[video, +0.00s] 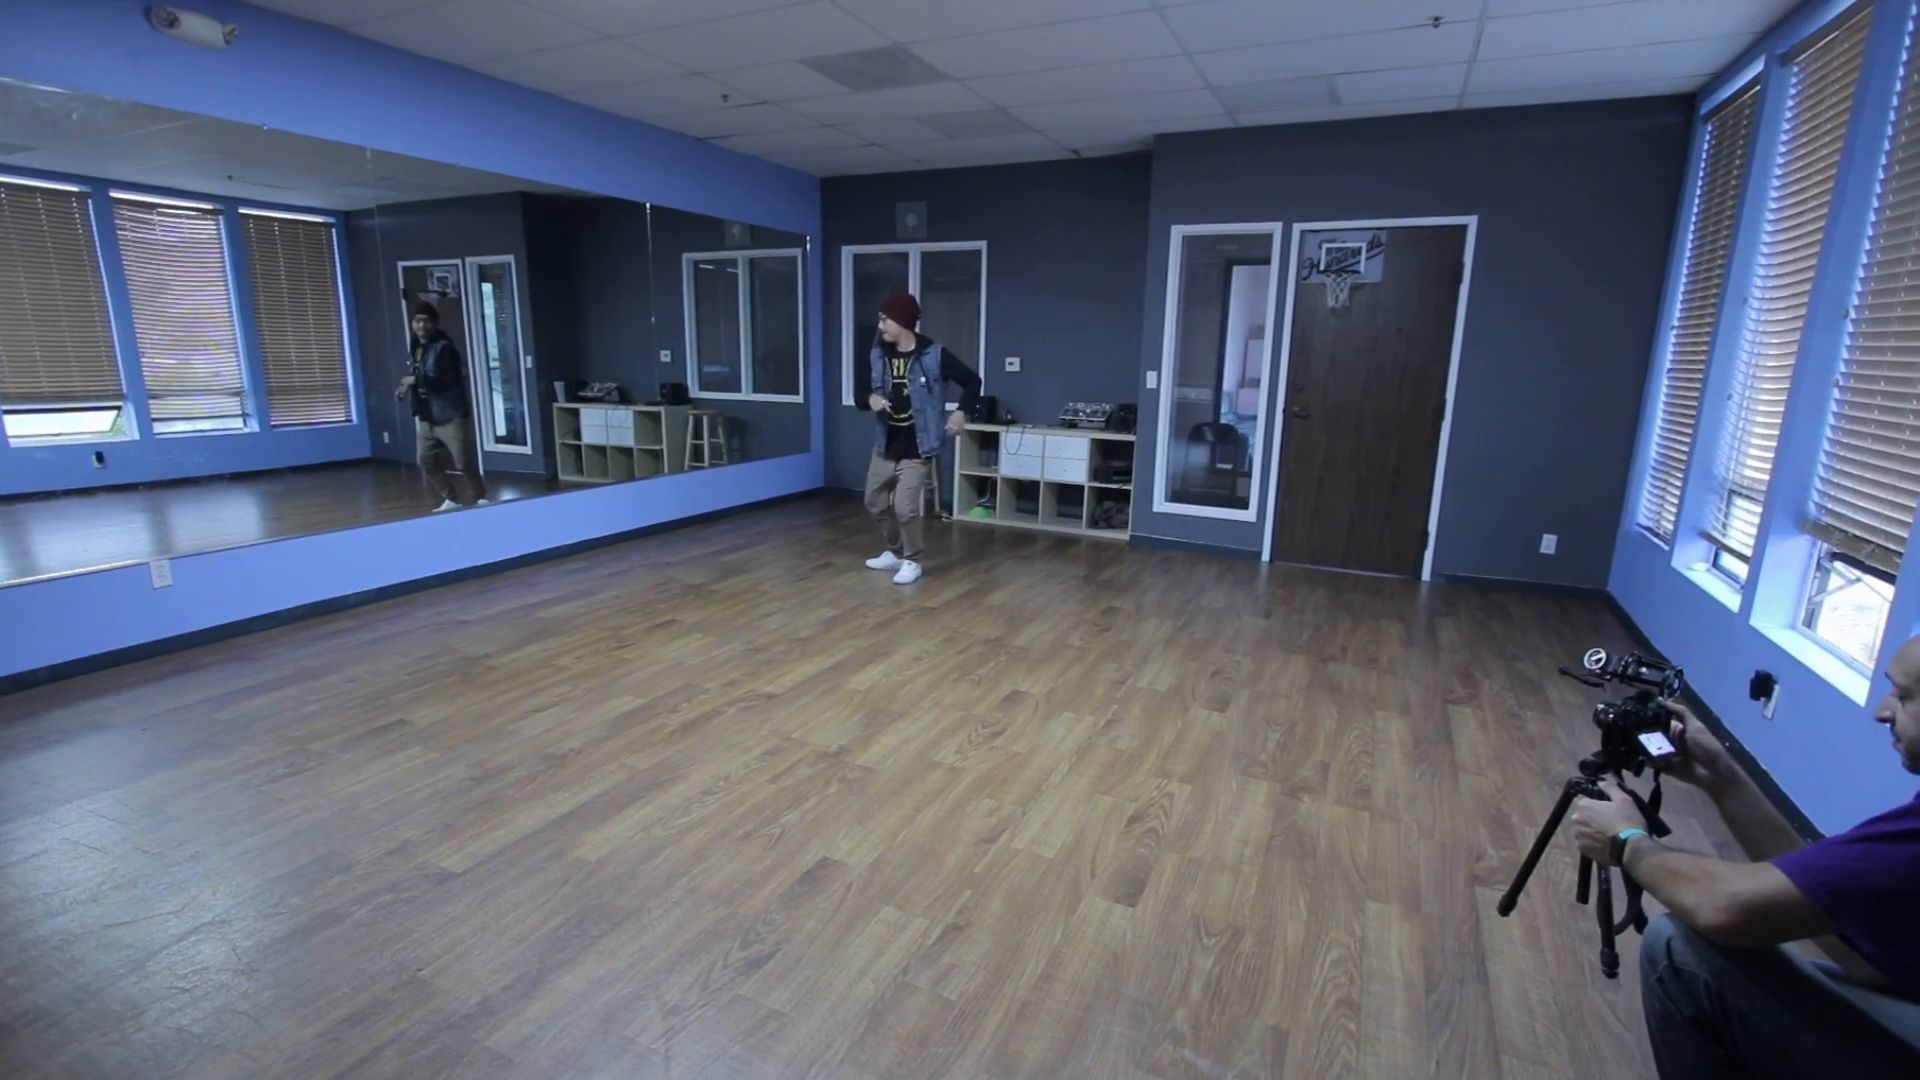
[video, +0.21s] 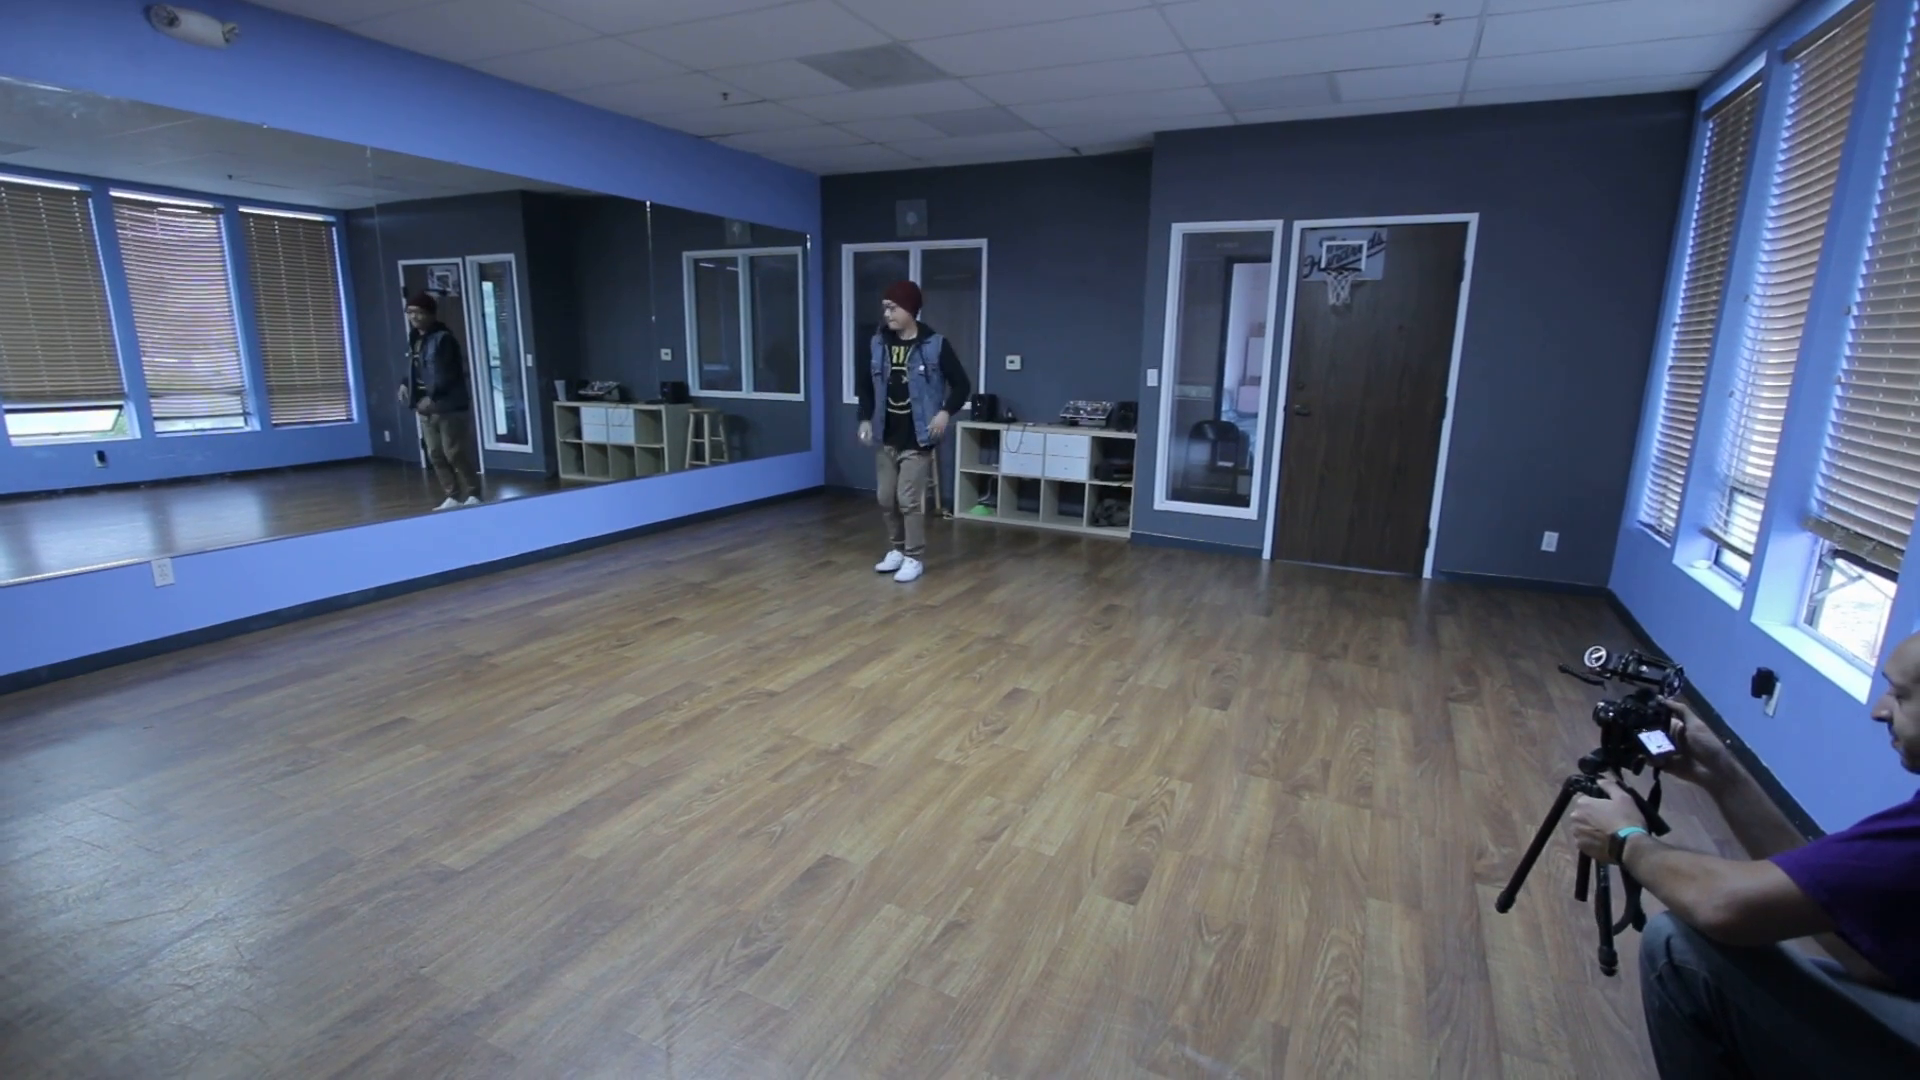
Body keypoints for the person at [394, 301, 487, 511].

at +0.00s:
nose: (420, 325)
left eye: (425, 321)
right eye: (416, 321)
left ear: (434, 324)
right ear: (412, 325)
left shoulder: (445, 348)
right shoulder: (417, 349)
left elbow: (445, 380)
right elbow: (420, 376)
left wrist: (416, 380)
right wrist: (407, 387)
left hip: (450, 413)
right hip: (426, 414)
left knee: (462, 462)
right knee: (426, 461)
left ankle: (480, 496)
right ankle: (450, 498)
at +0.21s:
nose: (413, 317)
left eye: (418, 312)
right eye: (410, 313)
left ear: (430, 314)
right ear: (407, 316)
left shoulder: (444, 339)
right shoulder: (416, 340)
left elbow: (448, 375)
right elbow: (415, 372)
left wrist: (432, 398)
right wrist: (406, 386)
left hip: (450, 404)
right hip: (427, 404)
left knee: (454, 450)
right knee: (435, 453)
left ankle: (473, 492)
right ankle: (452, 494)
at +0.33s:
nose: (408, 315)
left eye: (412, 311)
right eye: (406, 311)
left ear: (425, 312)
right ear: (405, 313)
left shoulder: (443, 337)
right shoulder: (418, 338)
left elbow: (452, 373)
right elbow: (415, 373)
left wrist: (454, 405)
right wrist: (404, 395)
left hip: (446, 404)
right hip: (428, 404)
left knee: (441, 448)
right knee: (435, 450)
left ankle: (459, 491)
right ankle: (451, 492)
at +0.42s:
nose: (407, 315)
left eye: (410, 310)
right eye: (406, 311)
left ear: (424, 311)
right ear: (413, 312)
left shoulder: (443, 335)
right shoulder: (419, 337)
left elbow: (455, 371)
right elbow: (415, 370)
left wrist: (460, 402)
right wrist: (407, 395)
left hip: (448, 403)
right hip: (431, 404)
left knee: (434, 444)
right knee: (440, 446)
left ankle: (454, 492)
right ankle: (453, 490)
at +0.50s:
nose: (406, 314)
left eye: (410, 309)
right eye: (406, 309)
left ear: (423, 310)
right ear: (416, 311)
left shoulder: (443, 335)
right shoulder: (419, 336)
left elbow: (457, 370)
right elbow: (417, 370)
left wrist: (461, 401)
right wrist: (412, 394)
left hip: (446, 400)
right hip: (430, 400)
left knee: (432, 444)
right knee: (443, 446)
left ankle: (450, 492)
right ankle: (453, 491)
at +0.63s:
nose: (406, 313)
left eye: (410, 308)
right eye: (405, 308)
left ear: (423, 309)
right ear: (416, 311)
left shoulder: (442, 334)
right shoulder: (418, 336)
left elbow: (458, 370)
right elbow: (419, 373)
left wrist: (458, 401)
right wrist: (414, 397)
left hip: (443, 401)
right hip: (428, 401)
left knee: (432, 446)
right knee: (439, 447)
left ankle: (451, 493)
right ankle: (450, 492)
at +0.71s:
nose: (406, 314)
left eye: (409, 309)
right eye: (405, 309)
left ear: (423, 310)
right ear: (415, 311)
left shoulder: (442, 336)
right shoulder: (418, 337)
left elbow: (456, 372)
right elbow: (419, 376)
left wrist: (455, 404)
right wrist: (417, 402)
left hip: (441, 404)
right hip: (427, 404)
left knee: (435, 449)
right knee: (433, 450)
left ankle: (452, 494)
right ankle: (449, 493)